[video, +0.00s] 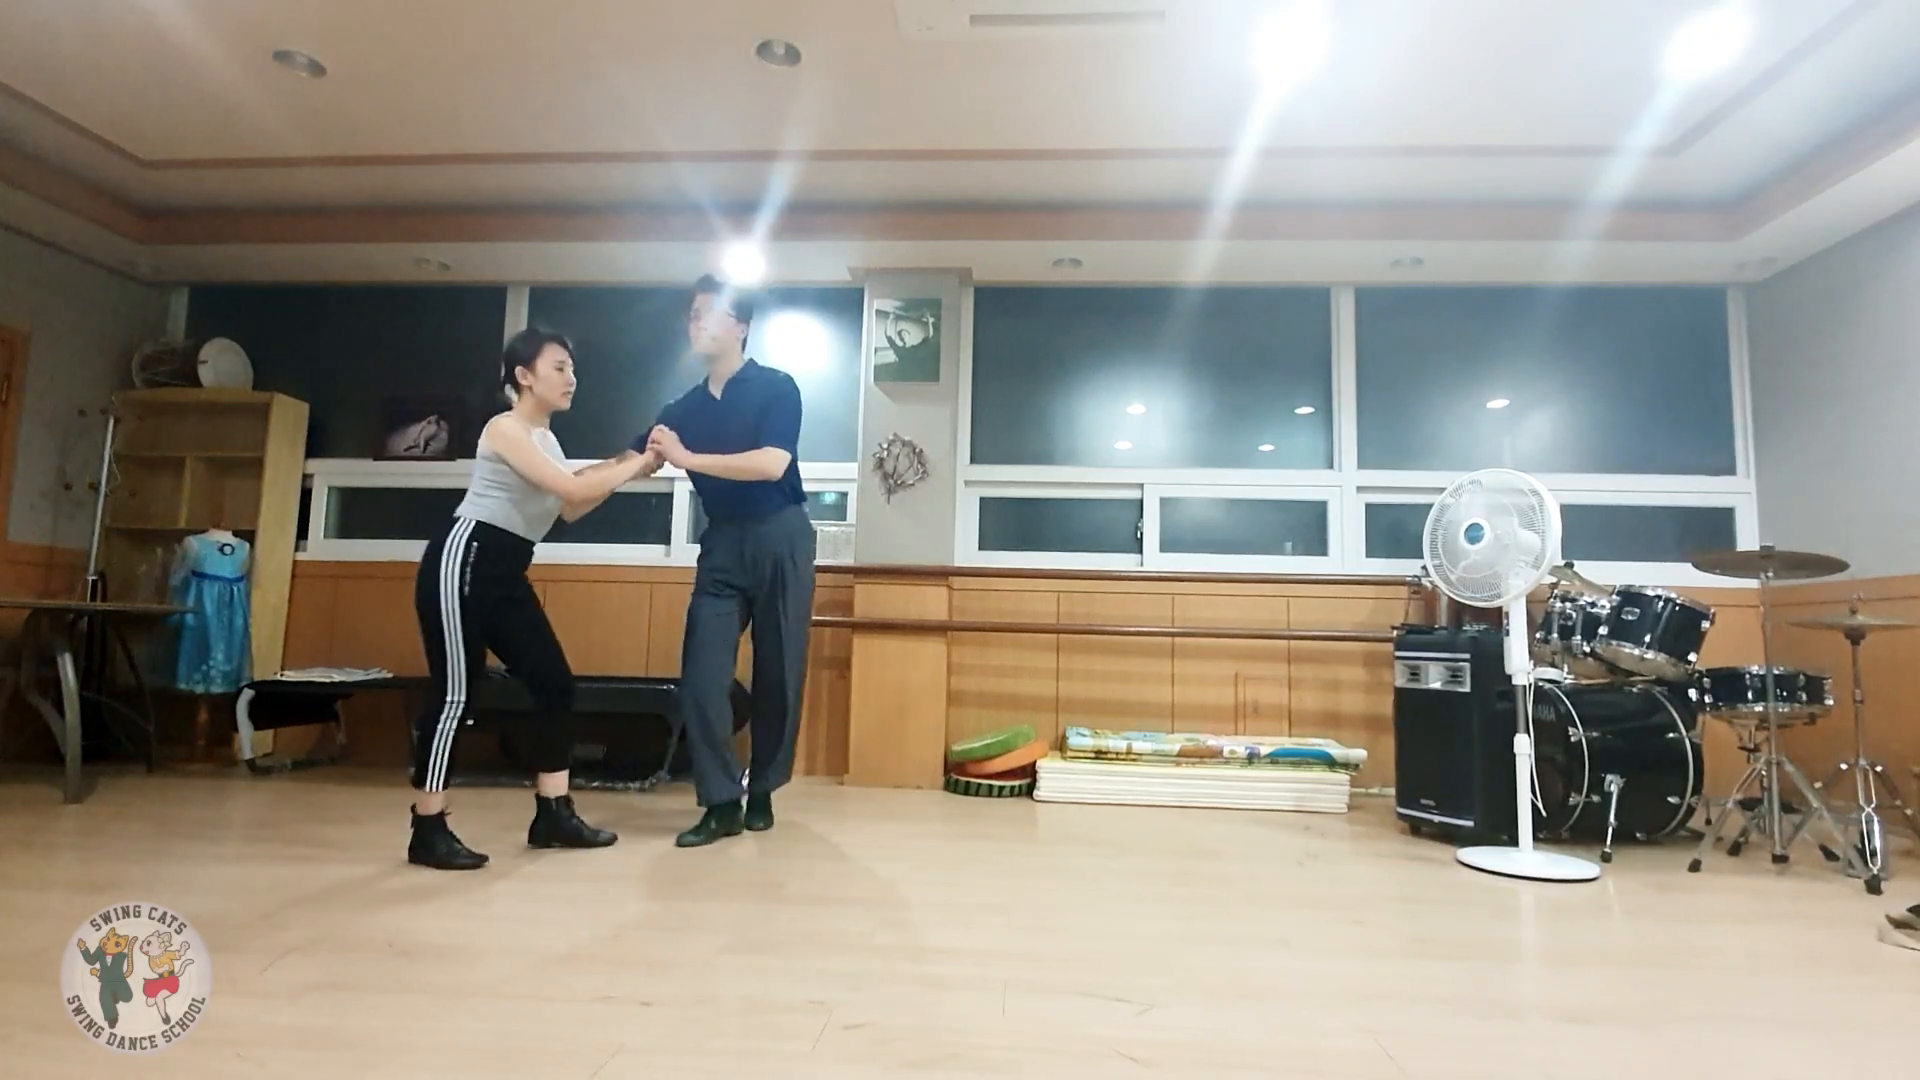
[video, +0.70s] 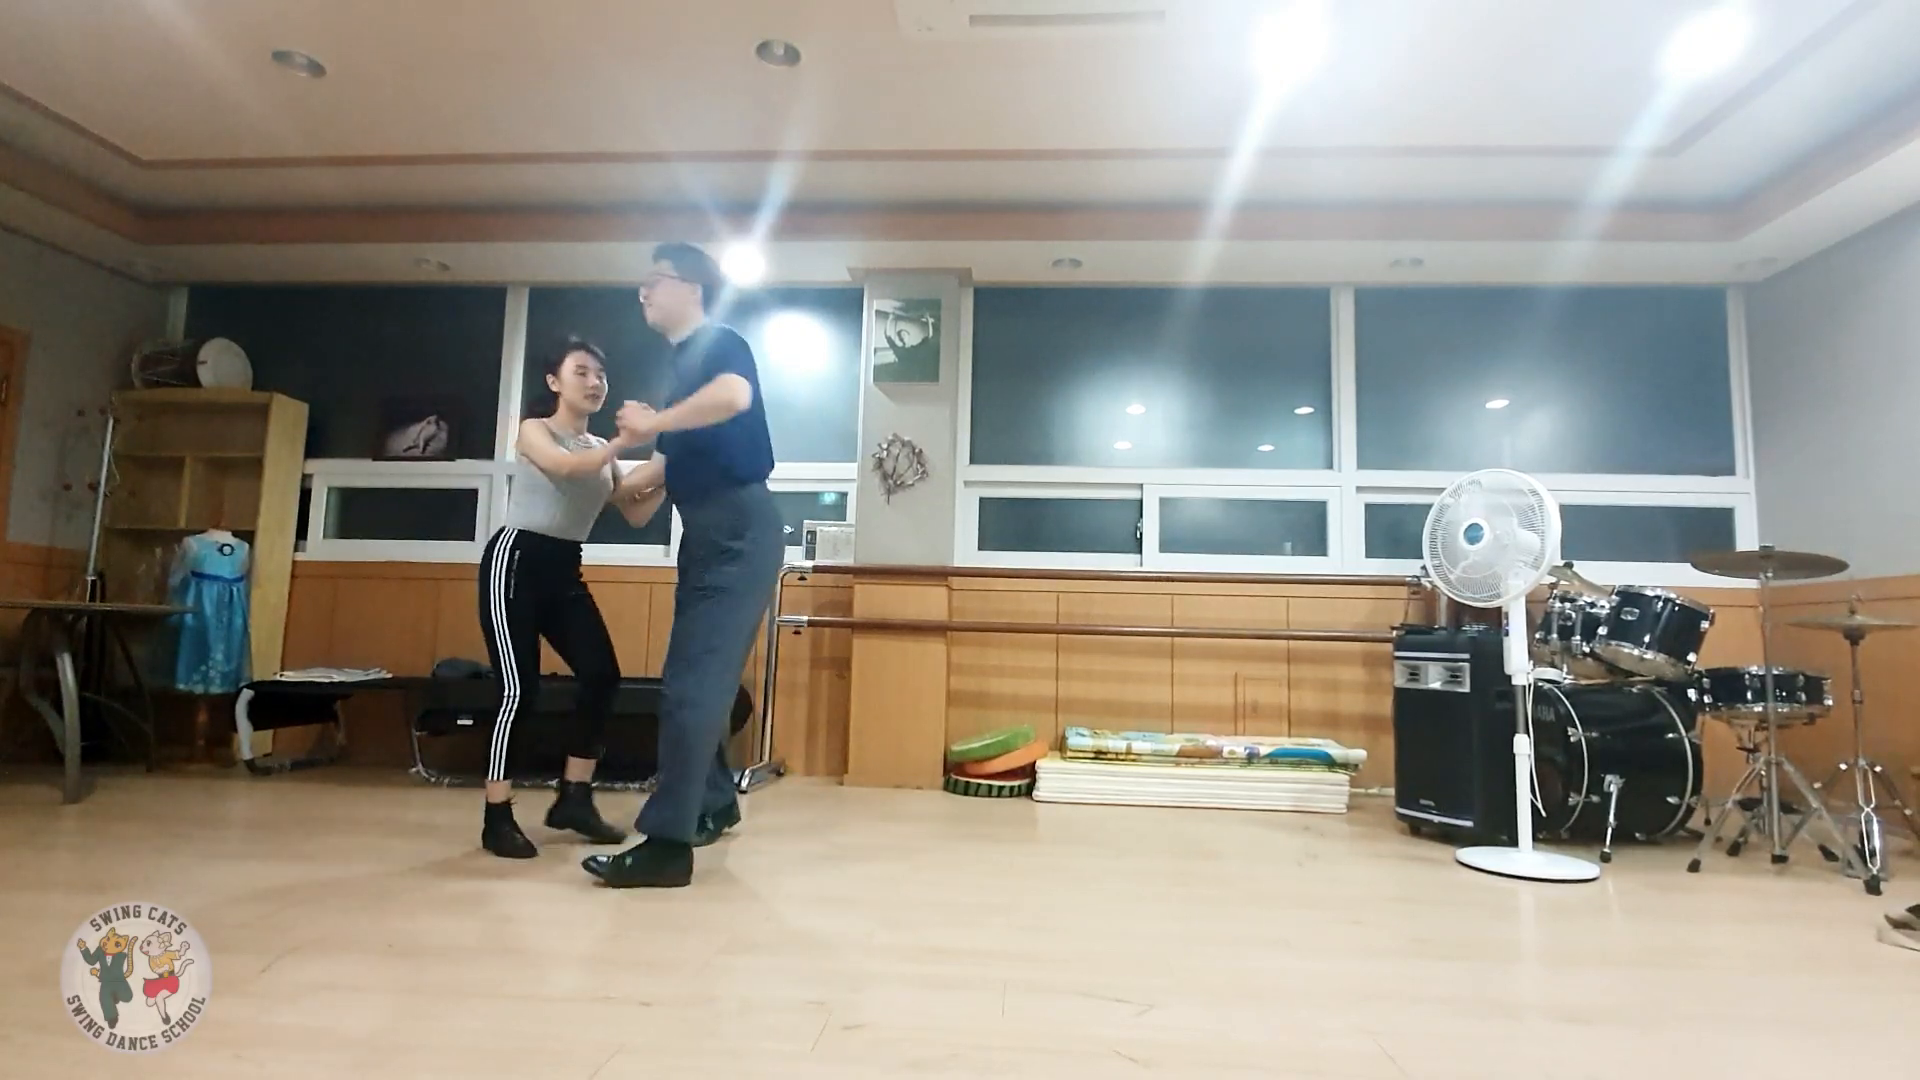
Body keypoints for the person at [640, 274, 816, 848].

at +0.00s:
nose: (692, 325)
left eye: (705, 315)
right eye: (692, 315)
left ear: (739, 327)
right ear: (694, 326)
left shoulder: (776, 386)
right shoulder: (684, 412)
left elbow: (773, 462)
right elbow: (632, 463)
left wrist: (688, 459)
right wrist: (578, 481)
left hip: (781, 540)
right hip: (722, 545)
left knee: (777, 676)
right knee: (703, 678)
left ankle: (762, 792)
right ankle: (722, 803)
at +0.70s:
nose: (643, 296)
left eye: (653, 284)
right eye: (644, 287)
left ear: (691, 288)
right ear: (677, 294)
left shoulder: (718, 341)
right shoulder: (684, 365)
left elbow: (734, 395)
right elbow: (690, 461)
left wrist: (656, 423)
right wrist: (638, 483)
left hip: (737, 524)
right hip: (709, 527)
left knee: (692, 680)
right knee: (695, 677)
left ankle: (668, 845)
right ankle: (715, 799)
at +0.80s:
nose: (622, 285)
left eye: (634, 272)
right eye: (625, 274)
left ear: (671, 280)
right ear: (668, 284)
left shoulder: (692, 329)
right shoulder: (683, 343)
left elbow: (679, 375)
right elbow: (716, 448)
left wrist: (609, 412)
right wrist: (649, 484)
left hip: (717, 521)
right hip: (716, 520)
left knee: (672, 676)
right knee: (710, 668)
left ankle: (664, 846)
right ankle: (721, 794)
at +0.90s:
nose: (609, 278)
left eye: (617, 267)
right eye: (613, 267)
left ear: (642, 274)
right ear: (663, 280)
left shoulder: (650, 317)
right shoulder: (682, 330)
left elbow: (615, 360)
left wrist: (577, 405)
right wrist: (605, 410)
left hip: (688, 520)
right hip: (724, 515)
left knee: (650, 680)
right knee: (728, 670)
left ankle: (661, 849)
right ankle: (755, 802)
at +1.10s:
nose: (607, 277)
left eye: (606, 267)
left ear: (605, 270)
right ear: (664, 275)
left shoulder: (584, 315)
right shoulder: (690, 346)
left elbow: (511, 358)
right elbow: (711, 446)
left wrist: (539, 429)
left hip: (630, 497)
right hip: (700, 498)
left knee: (610, 678)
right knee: (714, 678)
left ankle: (653, 850)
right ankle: (753, 821)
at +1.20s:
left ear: (596, 261)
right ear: (657, 272)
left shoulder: (560, 308)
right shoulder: (688, 342)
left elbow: (475, 359)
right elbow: (721, 447)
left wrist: (513, 415)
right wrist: (731, 472)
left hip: (602, 495)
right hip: (681, 500)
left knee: (599, 680)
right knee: (676, 679)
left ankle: (639, 845)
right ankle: (661, 824)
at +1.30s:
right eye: (645, 262)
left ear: (585, 260)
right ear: (648, 268)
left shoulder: (543, 309)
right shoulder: (680, 336)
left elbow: (449, 362)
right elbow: (720, 436)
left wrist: (508, 419)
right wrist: (753, 481)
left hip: (573, 489)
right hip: (656, 493)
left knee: (582, 674)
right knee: (639, 667)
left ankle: (631, 846)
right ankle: (561, 843)